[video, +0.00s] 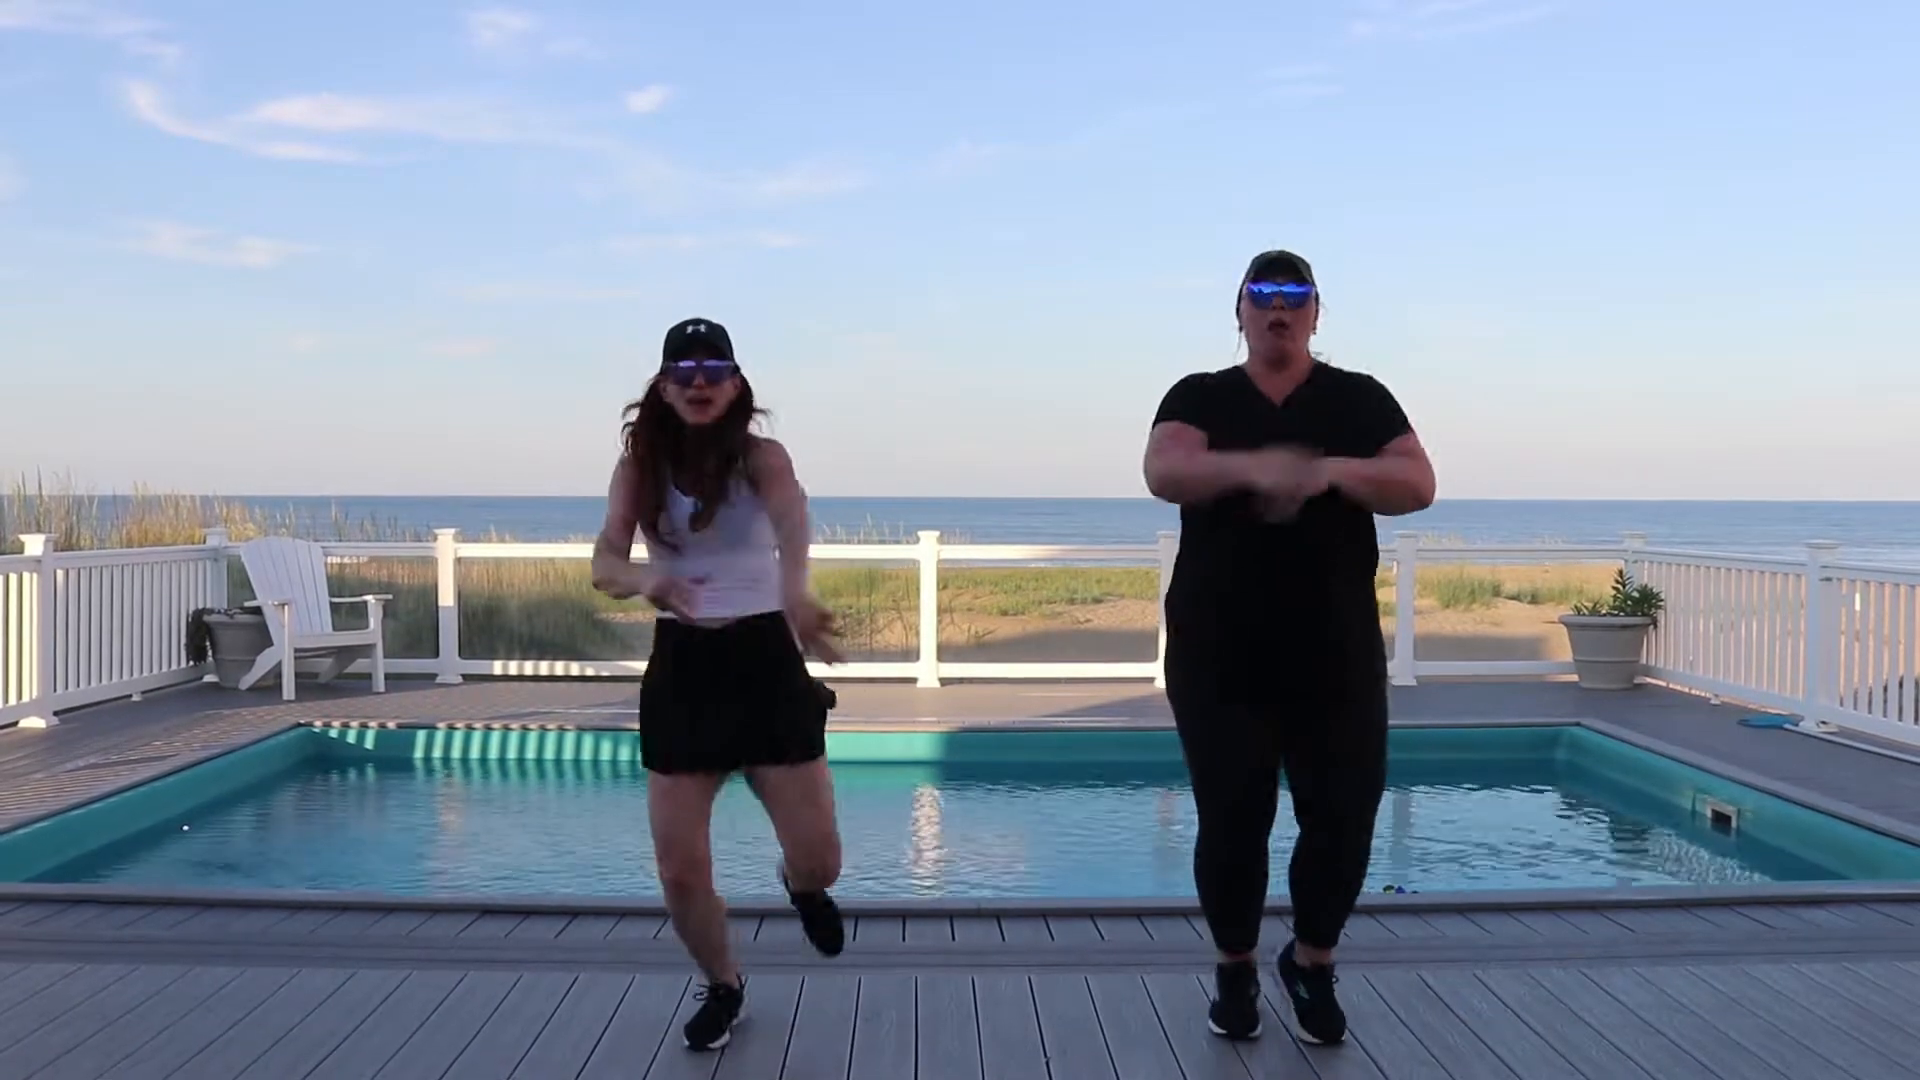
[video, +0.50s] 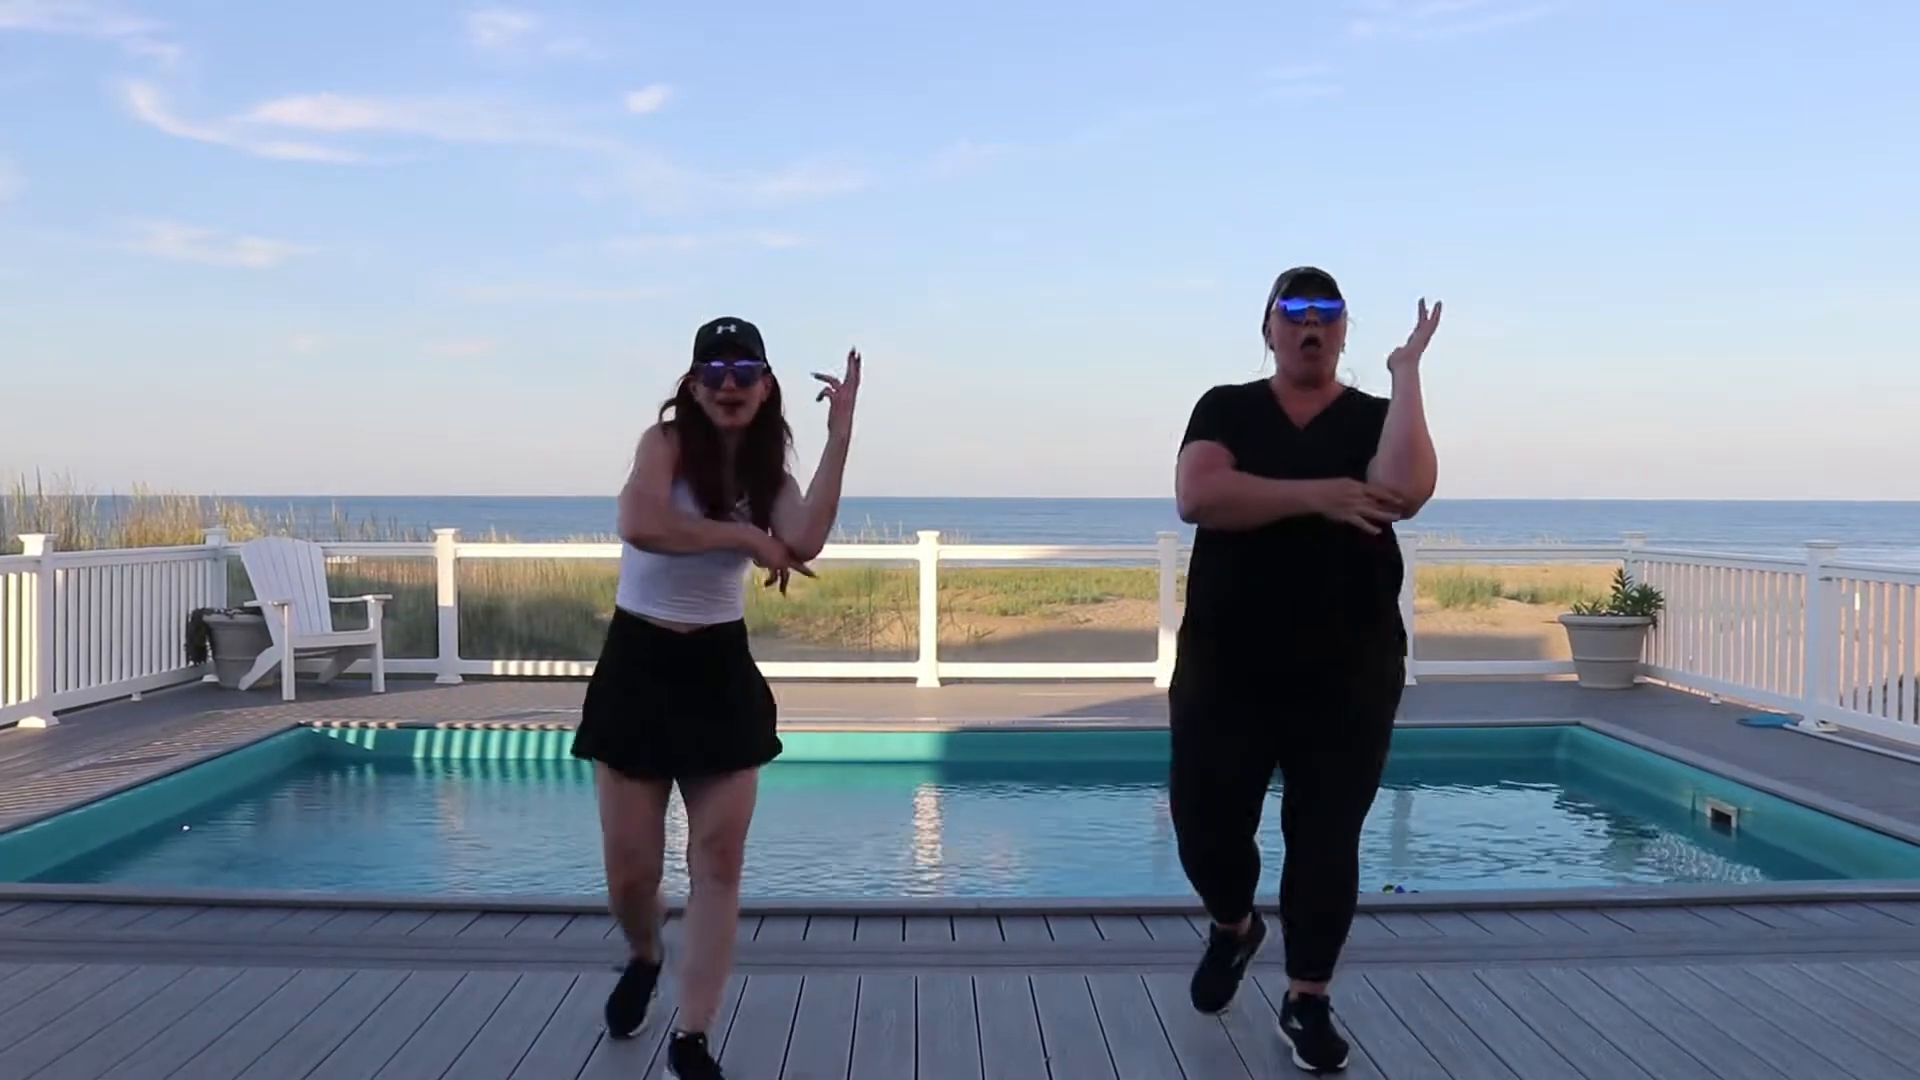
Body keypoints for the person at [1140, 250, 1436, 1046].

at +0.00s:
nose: (1280, 309)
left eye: (1294, 297)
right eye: (1264, 297)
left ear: (1316, 312)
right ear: (1241, 311)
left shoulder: (1359, 398)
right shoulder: (1199, 396)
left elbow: (1418, 483)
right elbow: (1165, 472)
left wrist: (1331, 471)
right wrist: (1252, 467)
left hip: (1337, 650)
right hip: (1221, 653)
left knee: (1344, 816)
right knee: (1232, 818)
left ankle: (1312, 962)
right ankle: (1236, 968)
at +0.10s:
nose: (1283, 323)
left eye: (1296, 313)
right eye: (1268, 311)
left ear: (1314, 329)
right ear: (1240, 325)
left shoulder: (1351, 423)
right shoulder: (1196, 413)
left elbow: (1428, 490)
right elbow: (1160, 500)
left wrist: (1375, 411)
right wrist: (1260, 511)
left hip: (1332, 662)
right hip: (1216, 665)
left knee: (1344, 827)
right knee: (1229, 829)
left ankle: (1357, 1003)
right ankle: (1236, 975)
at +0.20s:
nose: (1288, 314)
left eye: (1302, 303)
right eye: (1273, 302)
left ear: (1319, 320)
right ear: (1243, 318)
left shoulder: (1355, 406)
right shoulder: (1203, 399)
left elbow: (1420, 457)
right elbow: (1183, 481)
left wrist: (1396, 345)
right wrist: (1302, 474)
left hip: (1328, 655)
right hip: (1215, 657)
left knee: (1341, 816)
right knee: (1228, 822)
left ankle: (1371, 981)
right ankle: (1236, 970)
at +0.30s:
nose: (1297, 292)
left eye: (1311, 282)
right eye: (1281, 280)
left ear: (1328, 298)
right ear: (1254, 295)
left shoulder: (1360, 384)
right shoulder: (1215, 372)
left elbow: (1420, 435)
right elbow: (1197, 450)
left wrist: (1406, 326)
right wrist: (1318, 453)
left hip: (1336, 634)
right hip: (1220, 635)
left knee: (1336, 806)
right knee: (1228, 808)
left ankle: (1332, 982)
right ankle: (1232, 968)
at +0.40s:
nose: (1306, 304)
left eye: (1321, 293)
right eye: (1291, 292)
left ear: (1339, 309)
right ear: (1264, 305)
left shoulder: (1373, 392)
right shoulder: (1221, 379)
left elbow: (1413, 457)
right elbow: (1194, 457)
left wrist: (1410, 346)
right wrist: (1319, 466)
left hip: (1338, 649)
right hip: (1223, 645)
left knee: (1328, 826)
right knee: (1217, 824)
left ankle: (1317, 991)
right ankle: (1235, 952)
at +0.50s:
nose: (1310, 324)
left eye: (1325, 313)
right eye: (1296, 312)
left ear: (1344, 331)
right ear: (1270, 329)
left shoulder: (1377, 420)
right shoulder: (1227, 408)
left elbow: (1408, 489)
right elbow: (1198, 497)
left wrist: (1404, 373)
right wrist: (1318, 495)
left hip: (1346, 669)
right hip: (1227, 662)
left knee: (1327, 835)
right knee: (1205, 820)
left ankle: (1310, 995)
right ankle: (1235, 924)